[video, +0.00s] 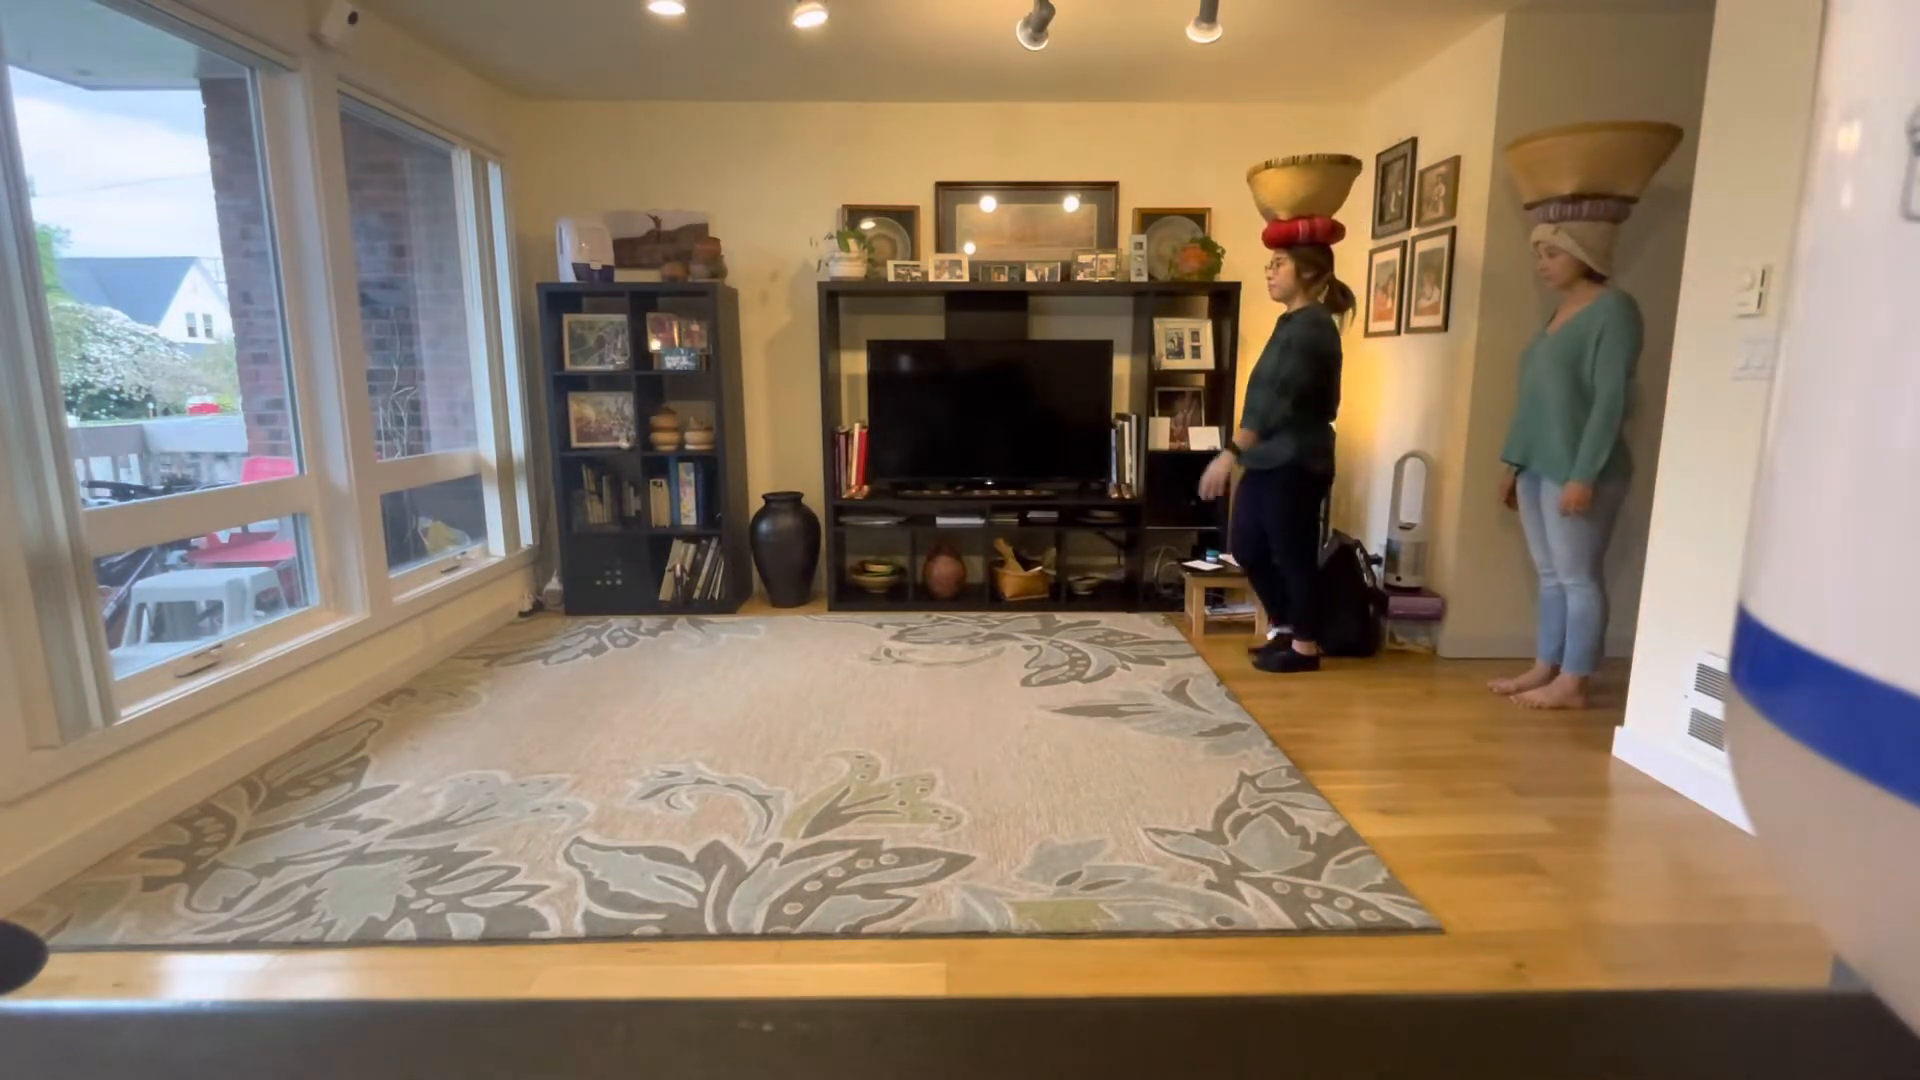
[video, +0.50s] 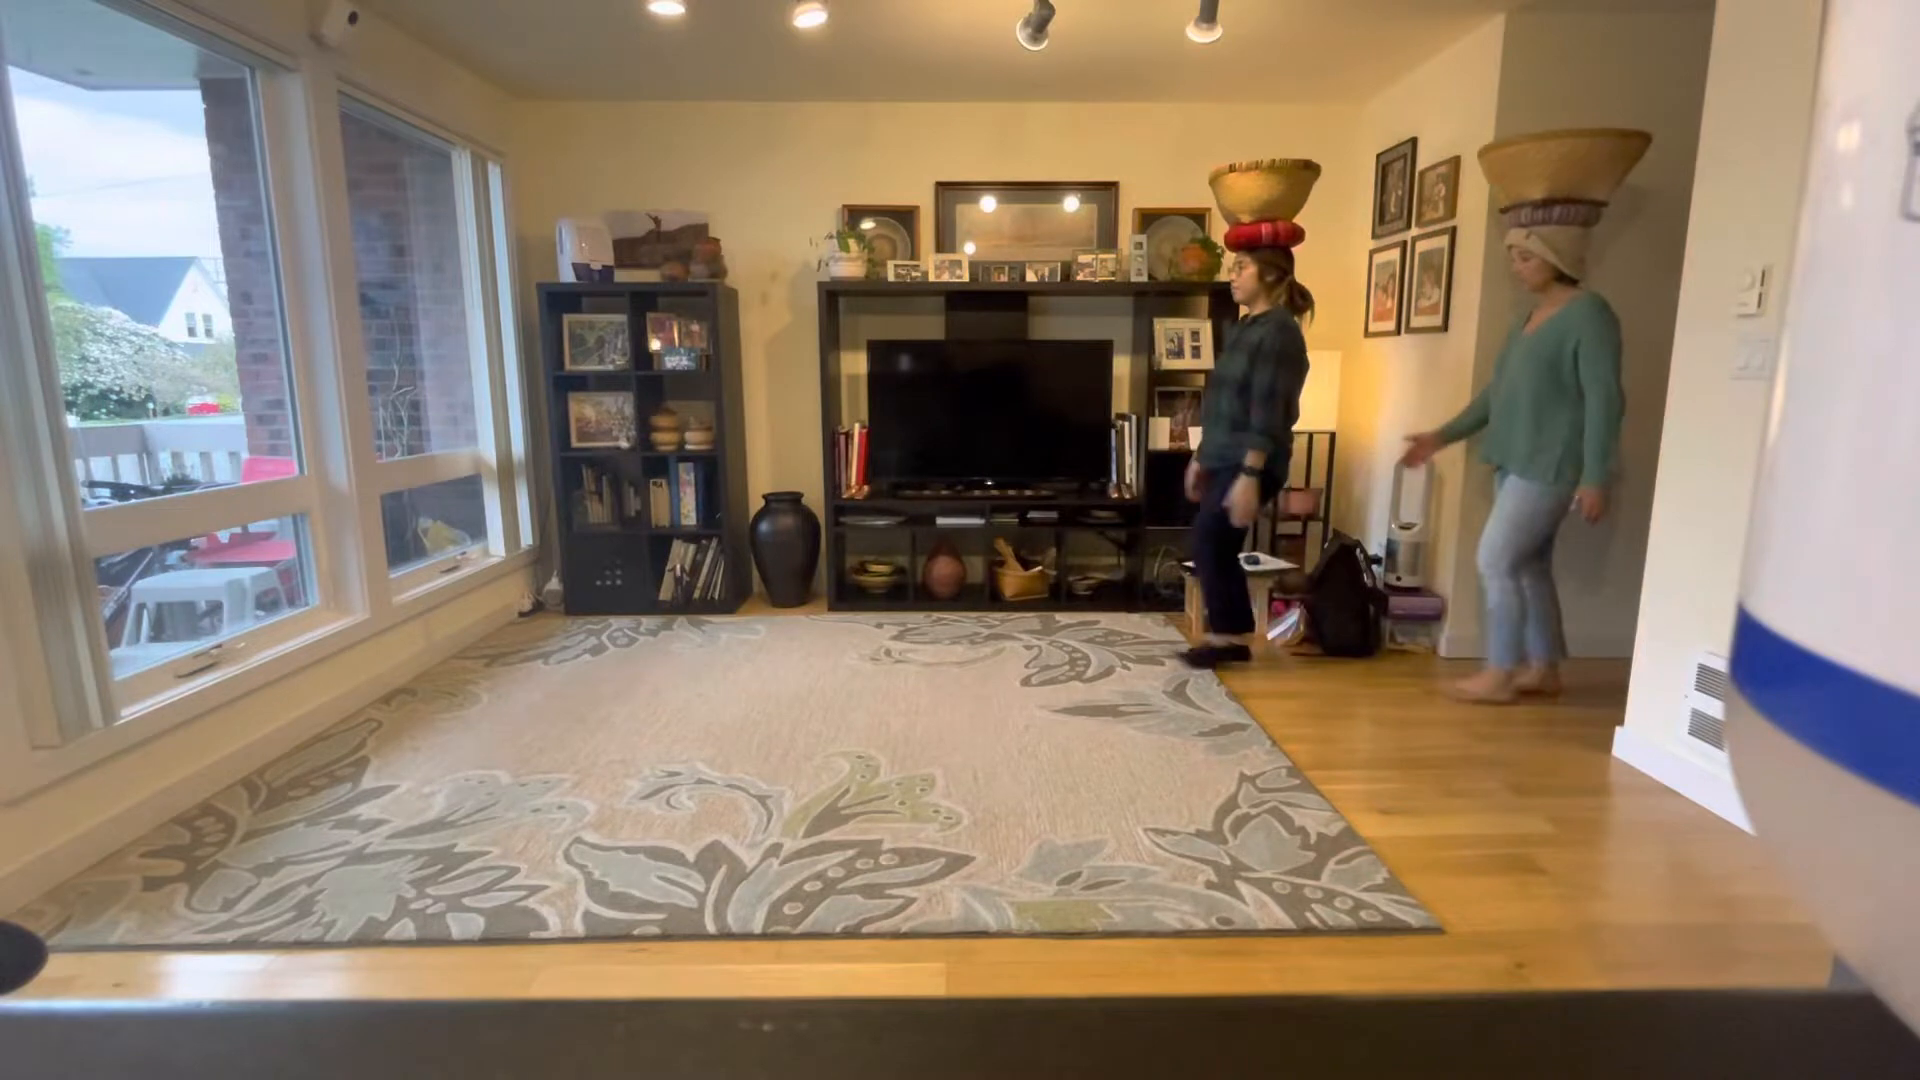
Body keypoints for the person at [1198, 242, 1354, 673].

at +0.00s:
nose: (1269, 273)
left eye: (1278, 265)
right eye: (1270, 265)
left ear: (1308, 274)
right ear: (1302, 275)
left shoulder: (1309, 327)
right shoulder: (1292, 324)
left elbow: (1277, 403)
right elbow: (1275, 403)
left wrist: (1230, 453)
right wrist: (1244, 454)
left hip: (1297, 460)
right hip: (1271, 459)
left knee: (1291, 550)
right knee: (1251, 547)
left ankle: (1305, 645)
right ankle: (1287, 629)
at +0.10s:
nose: (1262, 273)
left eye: (1271, 265)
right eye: (1263, 265)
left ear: (1300, 273)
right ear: (1296, 273)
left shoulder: (1300, 325)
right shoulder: (1288, 323)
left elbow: (1263, 394)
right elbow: (1267, 396)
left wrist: (1212, 437)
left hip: (1288, 460)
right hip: (1260, 459)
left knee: (1290, 554)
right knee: (1237, 546)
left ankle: (1304, 646)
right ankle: (1253, 636)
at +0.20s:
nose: (1255, 273)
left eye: (1264, 265)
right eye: (1257, 265)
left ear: (1293, 273)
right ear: (1286, 274)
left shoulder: (1295, 325)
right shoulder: (1275, 324)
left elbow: (1256, 392)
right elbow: (1251, 393)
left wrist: (1205, 433)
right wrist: (1217, 433)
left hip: (1281, 459)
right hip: (1245, 457)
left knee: (1282, 554)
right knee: (1232, 549)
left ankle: (1303, 645)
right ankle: (1236, 638)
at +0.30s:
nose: (1248, 275)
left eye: (1257, 266)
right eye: (1250, 266)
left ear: (1285, 275)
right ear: (1281, 276)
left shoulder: (1289, 328)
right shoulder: (1266, 326)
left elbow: (1260, 402)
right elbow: (1248, 400)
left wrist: (1207, 444)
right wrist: (1209, 436)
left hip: (1271, 460)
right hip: (1238, 457)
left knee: (1260, 553)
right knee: (1228, 550)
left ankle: (1299, 639)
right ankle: (1236, 638)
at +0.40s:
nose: (1240, 276)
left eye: (1249, 268)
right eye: (1243, 268)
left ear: (1277, 276)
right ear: (1268, 276)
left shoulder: (1284, 330)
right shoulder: (1255, 328)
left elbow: (1263, 407)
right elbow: (1241, 401)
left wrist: (1221, 459)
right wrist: (1215, 458)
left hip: (1264, 460)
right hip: (1241, 457)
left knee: (1231, 543)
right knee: (1224, 544)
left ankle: (1276, 628)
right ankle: (1237, 636)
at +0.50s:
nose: (1230, 277)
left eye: (1240, 268)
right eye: (1232, 268)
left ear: (1268, 275)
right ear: (1254, 274)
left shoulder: (1280, 332)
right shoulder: (1244, 328)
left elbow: (1270, 409)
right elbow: (1226, 402)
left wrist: (1251, 472)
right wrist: (1202, 456)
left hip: (1251, 460)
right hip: (1225, 457)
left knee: (1213, 542)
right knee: (1216, 545)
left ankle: (1229, 636)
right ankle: (1230, 634)